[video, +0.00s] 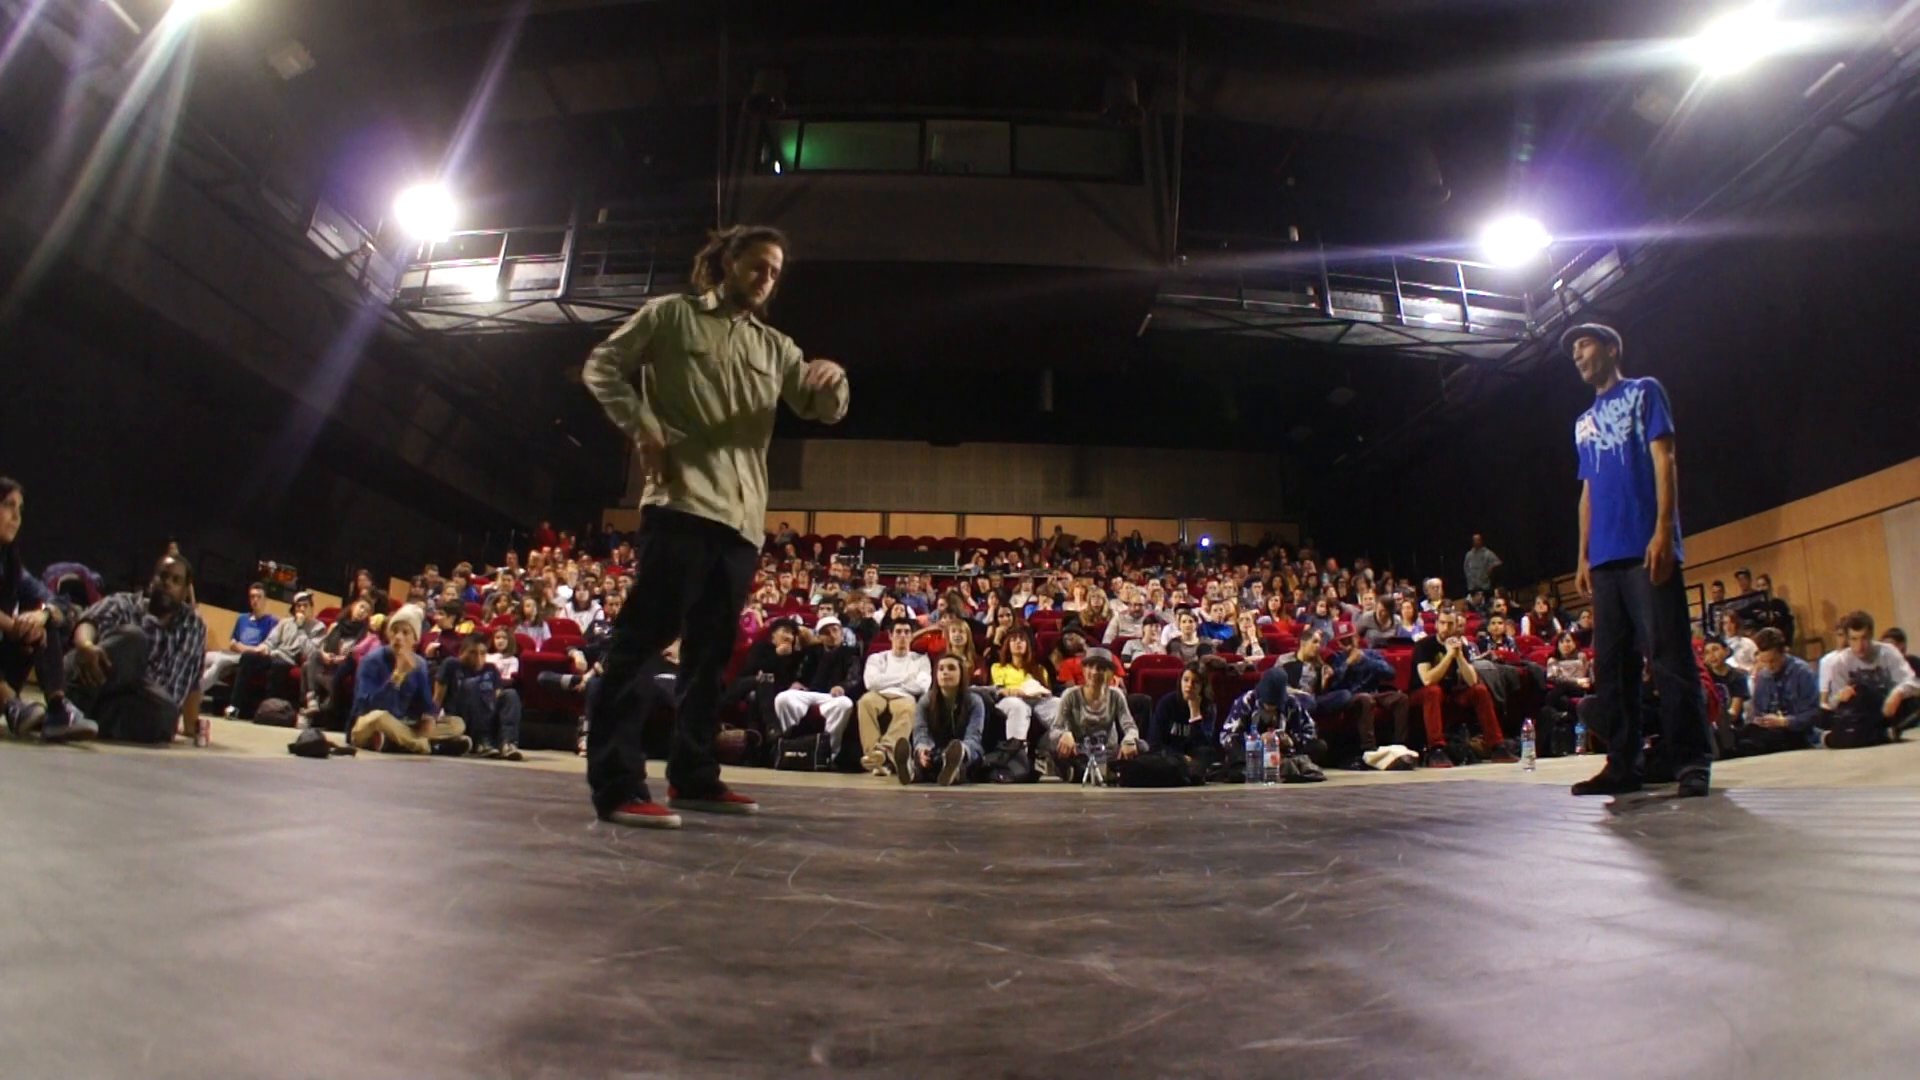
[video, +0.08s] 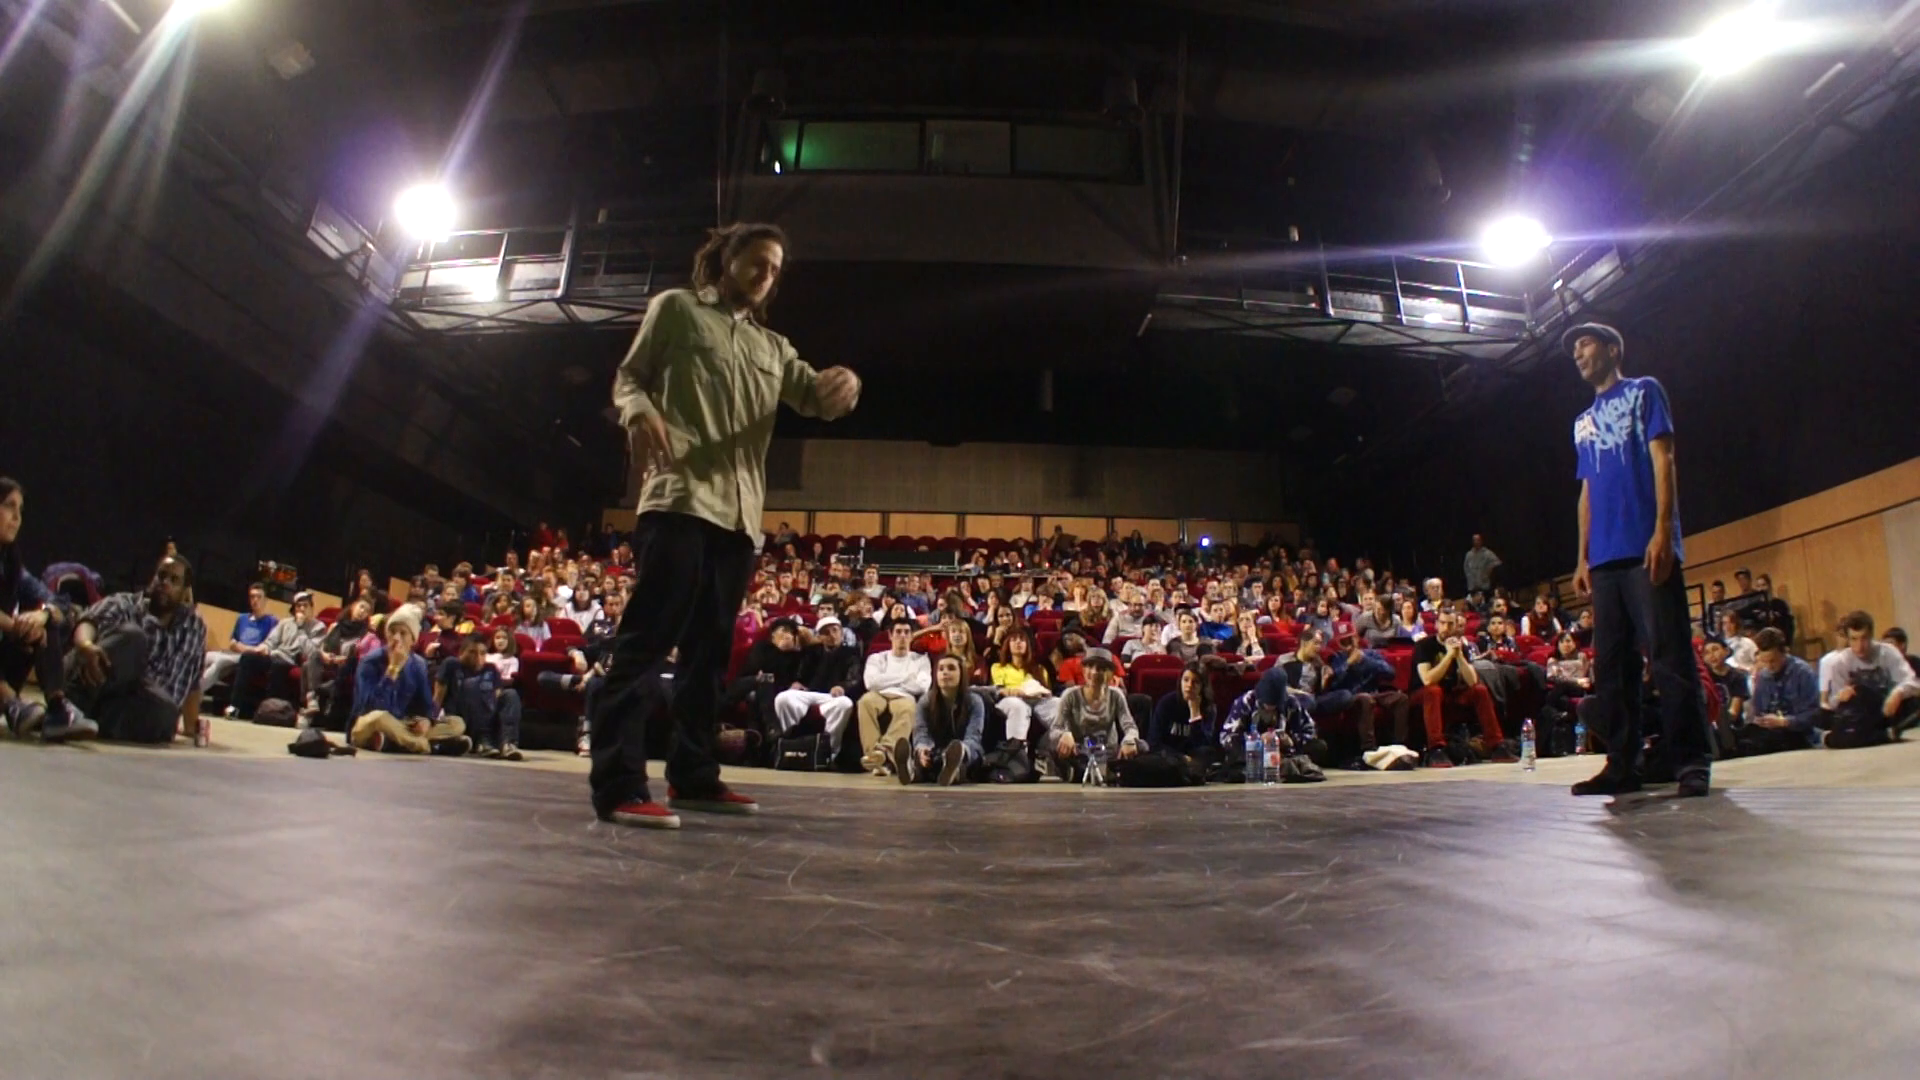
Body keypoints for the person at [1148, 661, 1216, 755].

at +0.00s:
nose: (1189, 686)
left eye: (1195, 682)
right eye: (1186, 680)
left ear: (1203, 686)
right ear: (1180, 682)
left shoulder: (1208, 706)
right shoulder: (1167, 702)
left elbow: (1204, 745)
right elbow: (1155, 743)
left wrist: (1194, 712)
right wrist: (1181, 756)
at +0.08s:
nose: (1189, 685)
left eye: (1195, 682)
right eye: (1186, 680)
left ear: (1202, 686)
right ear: (1180, 682)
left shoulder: (1208, 707)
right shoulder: (1167, 703)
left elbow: (1203, 744)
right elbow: (1154, 742)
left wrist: (1194, 711)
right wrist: (1182, 757)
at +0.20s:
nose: (1189, 685)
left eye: (1195, 682)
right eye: (1186, 680)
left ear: (1202, 686)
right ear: (1180, 682)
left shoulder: (1208, 707)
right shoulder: (1166, 702)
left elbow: (1203, 745)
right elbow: (1154, 742)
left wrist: (1194, 712)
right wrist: (1181, 756)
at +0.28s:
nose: (1189, 685)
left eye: (1195, 682)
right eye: (1185, 680)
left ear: (1202, 686)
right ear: (1180, 682)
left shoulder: (1208, 707)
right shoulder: (1166, 702)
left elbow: (1203, 744)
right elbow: (1154, 742)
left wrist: (1194, 711)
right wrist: (1182, 757)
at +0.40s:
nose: (1189, 685)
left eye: (1195, 682)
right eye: (1185, 680)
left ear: (1202, 686)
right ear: (1180, 682)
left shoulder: (1208, 707)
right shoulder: (1167, 702)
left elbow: (1203, 745)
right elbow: (1154, 742)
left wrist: (1194, 711)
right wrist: (1182, 757)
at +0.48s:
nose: (1189, 685)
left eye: (1195, 682)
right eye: (1185, 680)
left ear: (1202, 686)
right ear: (1180, 682)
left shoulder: (1208, 707)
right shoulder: (1166, 702)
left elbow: (1203, 745)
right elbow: (1154, 742)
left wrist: (1194, 711)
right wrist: (1182, 757)